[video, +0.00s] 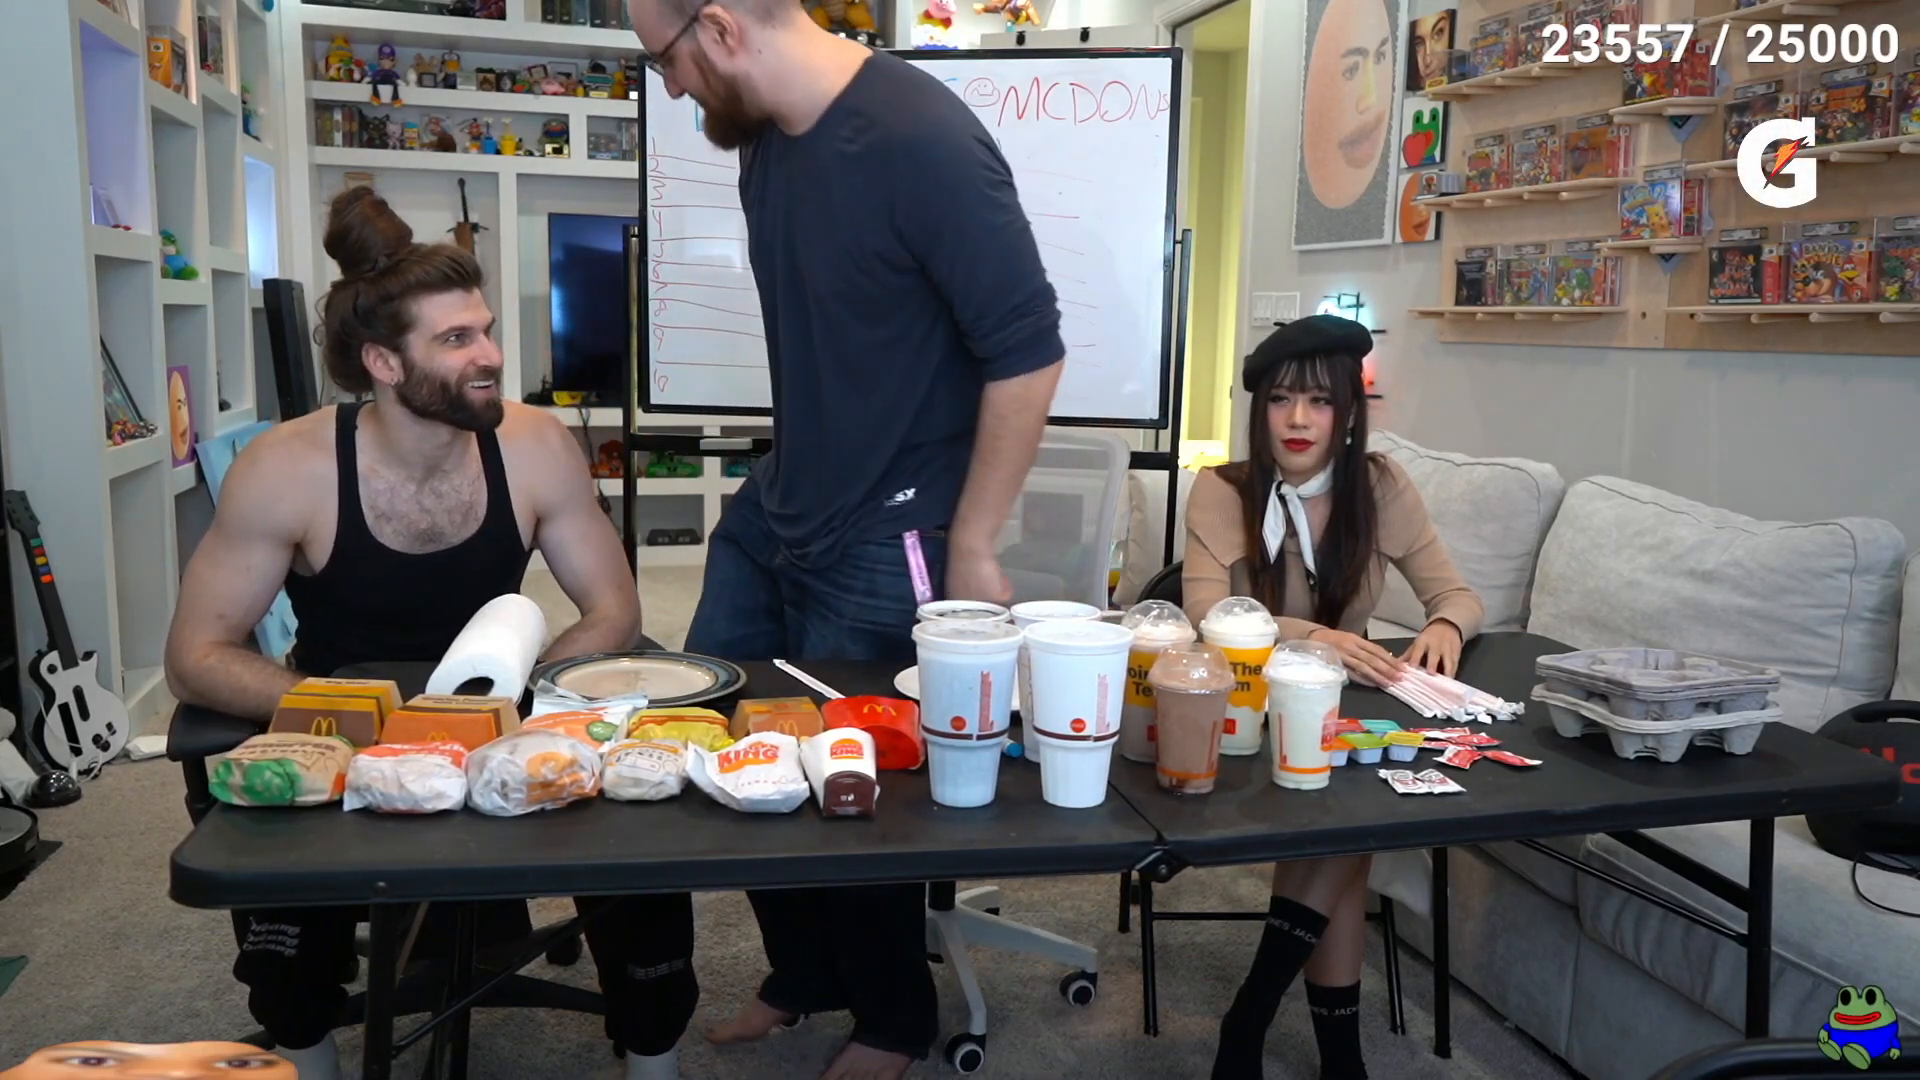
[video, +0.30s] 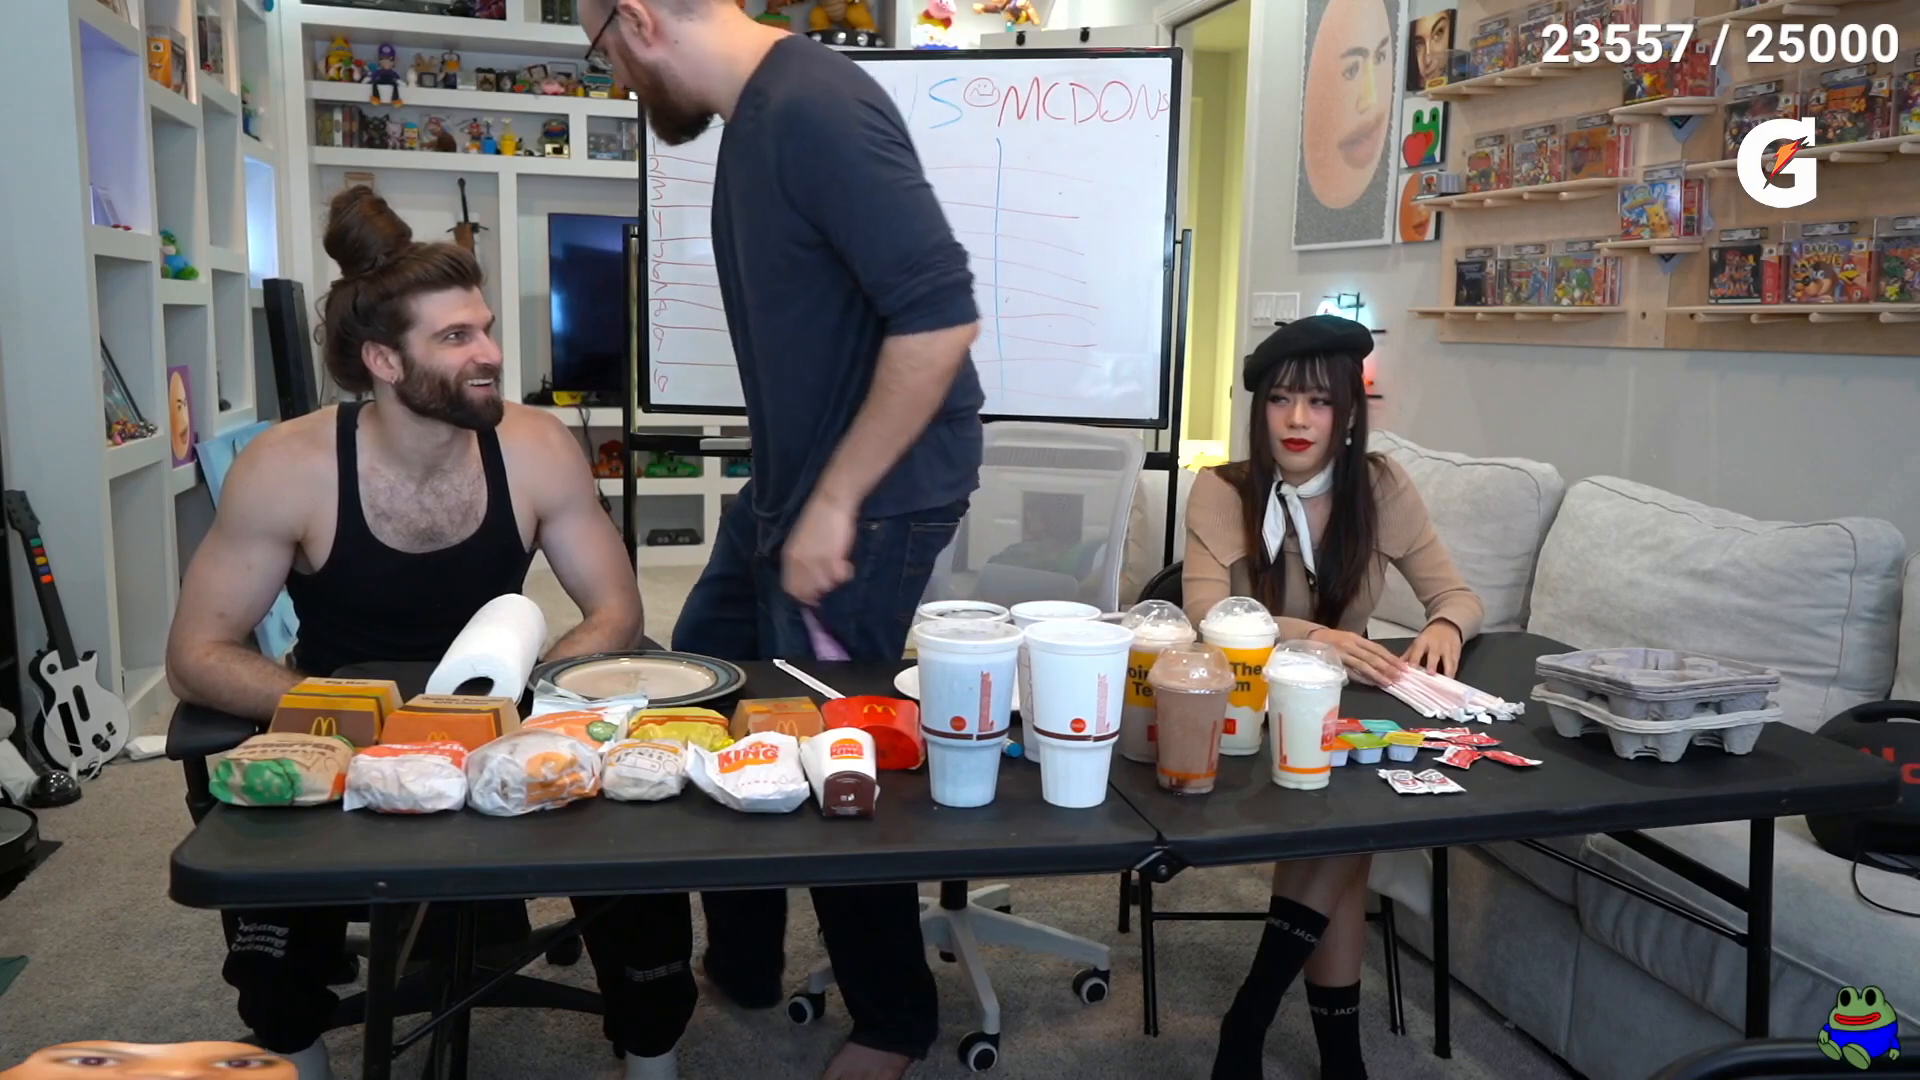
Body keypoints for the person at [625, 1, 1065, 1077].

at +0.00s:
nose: (671, 86)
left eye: (664, 58)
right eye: (659, 65)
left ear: (722, 27)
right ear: (729, 28)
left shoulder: (924, 139)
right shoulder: (764, 144)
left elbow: (1027, 351)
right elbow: (809, 339)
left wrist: (973, 539)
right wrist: (786, 477)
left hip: (887, 536)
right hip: (772, 513)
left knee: (862, 799)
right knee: (737, 756)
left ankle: (898, 1024)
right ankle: (801, 975)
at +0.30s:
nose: (621, 86)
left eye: (607, 55)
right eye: (606, 63)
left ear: (644, 22)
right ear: (666, 18)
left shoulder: (814, 109)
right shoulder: (761, 118)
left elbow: (935, 322)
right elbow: (816, 325)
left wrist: (836, 500)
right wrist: (785, 479)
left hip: (872, 499)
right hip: (787, 484)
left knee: (832, 746)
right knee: (703, 702)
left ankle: (892, 1022)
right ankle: (742, 967)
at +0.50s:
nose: (588, 89)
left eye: (576, 60)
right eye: (576, 68)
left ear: (607, 28)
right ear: (643, 21)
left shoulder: (749, 92)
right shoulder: (730, 103)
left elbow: (815, 310)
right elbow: (791, 312)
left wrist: (696, 422)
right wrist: (734, 441)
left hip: (829, 477)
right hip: (777, 477)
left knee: (795, 739)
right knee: (688, 699)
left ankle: (894, 1021)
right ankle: (710, 913)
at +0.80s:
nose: (519, 77)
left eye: (512, 53)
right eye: (517, 56)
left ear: (530, 32)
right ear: (607, 21)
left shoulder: (620, 120)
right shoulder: (707, 101)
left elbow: (654, 331)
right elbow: (734, 291)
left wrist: (564, 359)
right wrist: (614, 359)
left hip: (715, 460)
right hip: (779, 441)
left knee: (699, 719)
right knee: (718, 697)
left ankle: (856, 956)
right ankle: (721, 902)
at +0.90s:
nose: (489, 88)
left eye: (481, 68)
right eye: (482, 71)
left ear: (493, 55)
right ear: (576, 35)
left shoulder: (566, 137)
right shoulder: (689, 111)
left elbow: (606, 338)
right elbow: (716, 291)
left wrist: (524, 384)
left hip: (683, 477)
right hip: (774, 457)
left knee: (657, 707)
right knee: (740, 703)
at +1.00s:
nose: (462, 110)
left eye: (455, 92)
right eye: (457, 94)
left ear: (465, 75)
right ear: (548, 51)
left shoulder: (523, 154)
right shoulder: (658, 122)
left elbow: (570, 334)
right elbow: (689, 280)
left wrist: (496, 413)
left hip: (642, 473)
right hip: (746, 458)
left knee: (627, 689)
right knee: (728, 684)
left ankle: (631, 915)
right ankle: (727, 902)